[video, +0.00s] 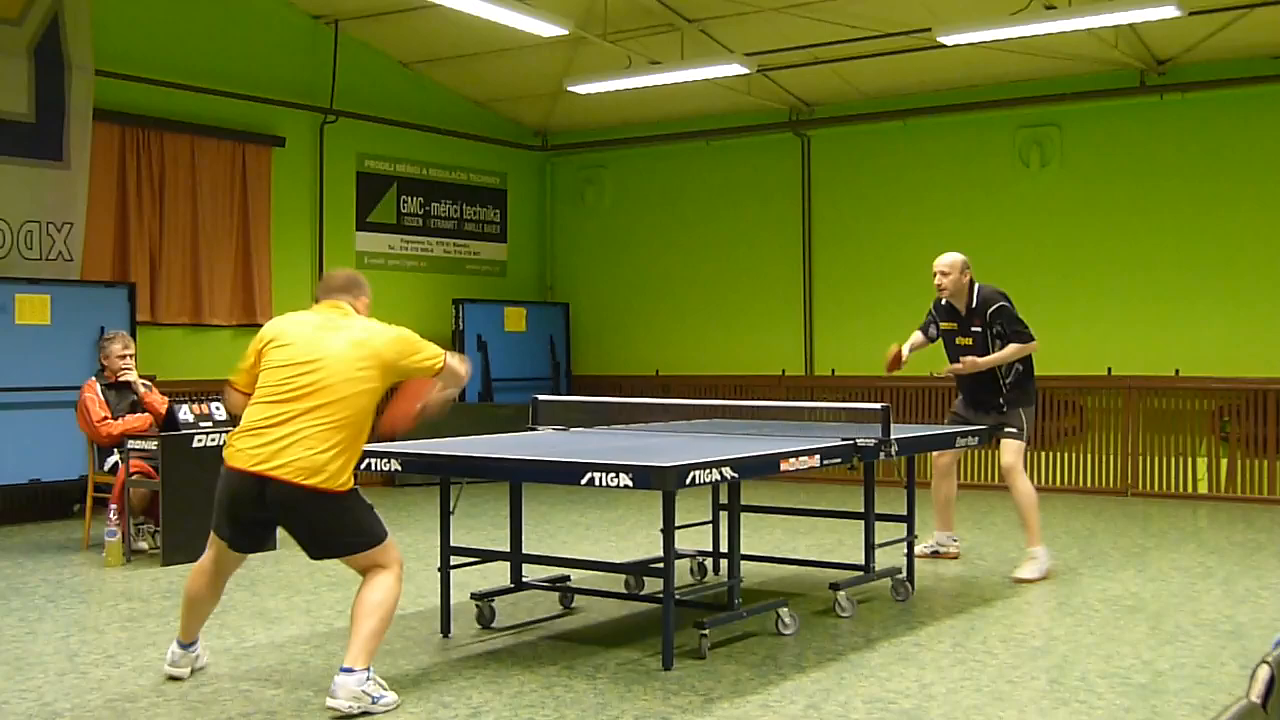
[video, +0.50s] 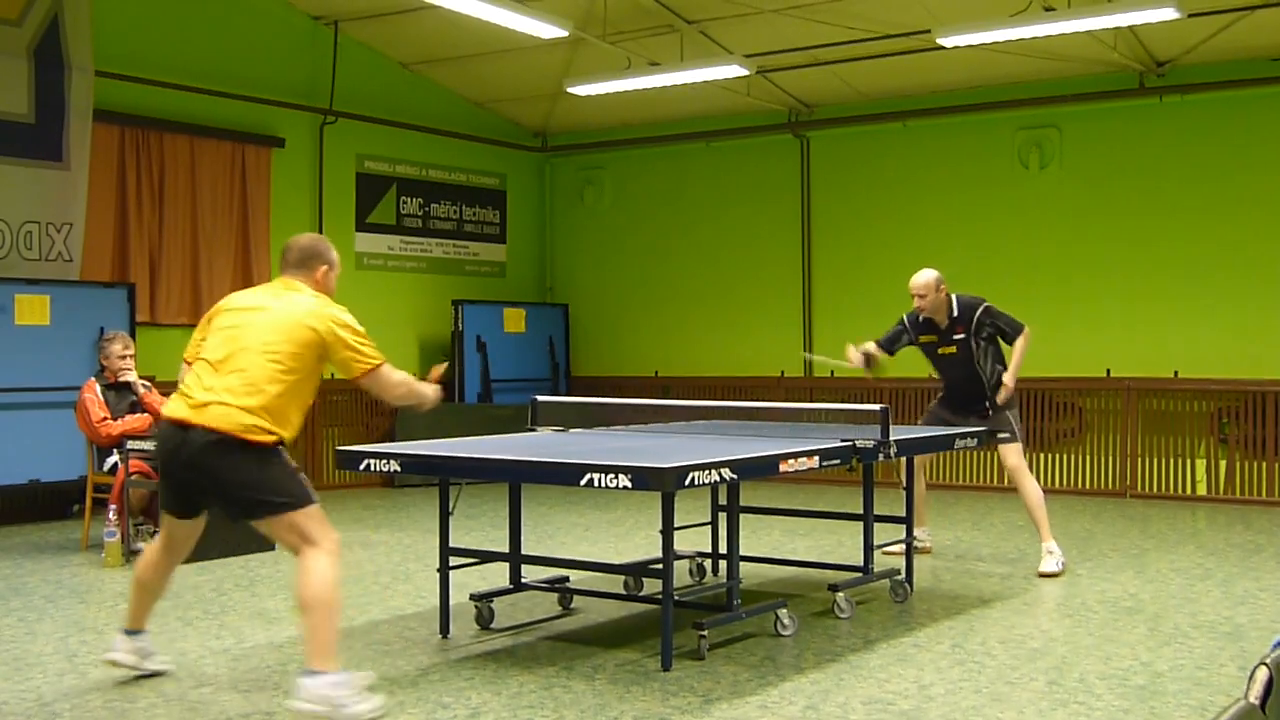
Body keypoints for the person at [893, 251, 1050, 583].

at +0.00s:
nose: (938, 281)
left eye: (944, 274)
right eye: (935, 275)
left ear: (966, 276)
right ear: (936, 279)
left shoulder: (993, 301)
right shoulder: (941, 306)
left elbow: (1027, 344)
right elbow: (928, 333)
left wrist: (981, 363)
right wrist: (906, 347)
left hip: (1012, 400)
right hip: (972, 399)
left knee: (1010, 466)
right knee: (942, 459)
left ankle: (1037, 553)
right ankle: (944, 539)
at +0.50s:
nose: (917, 303)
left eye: (922, 296)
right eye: (913, 297)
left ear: (942, 292)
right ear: (912, 295)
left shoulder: (974, 309)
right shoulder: (914, 322)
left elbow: (1020, 333)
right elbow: (882, 348)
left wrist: (1010, 378)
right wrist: (863, 351)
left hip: (993, 401)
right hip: (951, 402)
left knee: (1014, 464)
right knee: (912, 458)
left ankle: (1049, 547)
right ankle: (919, 535)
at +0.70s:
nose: (924, 295)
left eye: (931, 289)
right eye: (922, 289)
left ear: (950, 289)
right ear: (921, 289)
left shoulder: (978, 311)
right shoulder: (918, 319)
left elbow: (1019, 340)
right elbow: (886, 344)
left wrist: (1001, 374)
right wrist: (867, 342)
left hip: (993, 405)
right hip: (947, 405)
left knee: (1020, 467)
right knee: (909, 457)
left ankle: (1058, 541)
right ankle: (916, 535)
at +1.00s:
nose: (945, 291)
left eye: (951, 286)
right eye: (942, 286)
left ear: (971, 287)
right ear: (942, 289)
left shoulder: (999, 309)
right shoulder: (946, 319)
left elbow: (1035, 346)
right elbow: (930, 351)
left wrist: (1009, 386)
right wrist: (912, 369)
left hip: (1023, 399)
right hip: (981, 399)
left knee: (1042, 466)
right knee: (950, 458)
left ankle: (1070, 543)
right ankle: (954, 531)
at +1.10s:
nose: (943, 296)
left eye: (949, 289)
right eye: (941, 291)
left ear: (969, 289)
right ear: (941, 294)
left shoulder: (999, 312)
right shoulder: (948, 324)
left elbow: (1035, 350)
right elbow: (938, 366)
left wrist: (1012, 390)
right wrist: (920, 395)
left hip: (1024, 400)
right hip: (982, 400)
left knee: (1041, 466)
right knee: (952, 460)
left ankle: (1070, 543)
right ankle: (954, 532)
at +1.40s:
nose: (960, 291)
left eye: (963, 285)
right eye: (959, 286)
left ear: (980, 282)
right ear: (975, 284)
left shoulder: (1007, 303)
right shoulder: (983, 306)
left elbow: (986, 348)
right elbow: (961, 341)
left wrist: (963, 313)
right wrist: (932, 336)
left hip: (1023, 402)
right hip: (994, 400)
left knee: (1026, 470)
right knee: (965, 455)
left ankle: (1084, 533)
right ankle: (974, 529)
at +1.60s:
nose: (976, 294)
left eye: (982, 288)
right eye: (973, 289)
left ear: (1001, 287)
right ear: (972, 290)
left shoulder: (1020, 310)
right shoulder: (971, 312)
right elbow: (939, 332)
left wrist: (997, 314)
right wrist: (920, 317)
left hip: (1020, 409)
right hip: (981, 406)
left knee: (1022, 470)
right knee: (935, 459)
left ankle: (1053, 544)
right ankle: (955, 518)